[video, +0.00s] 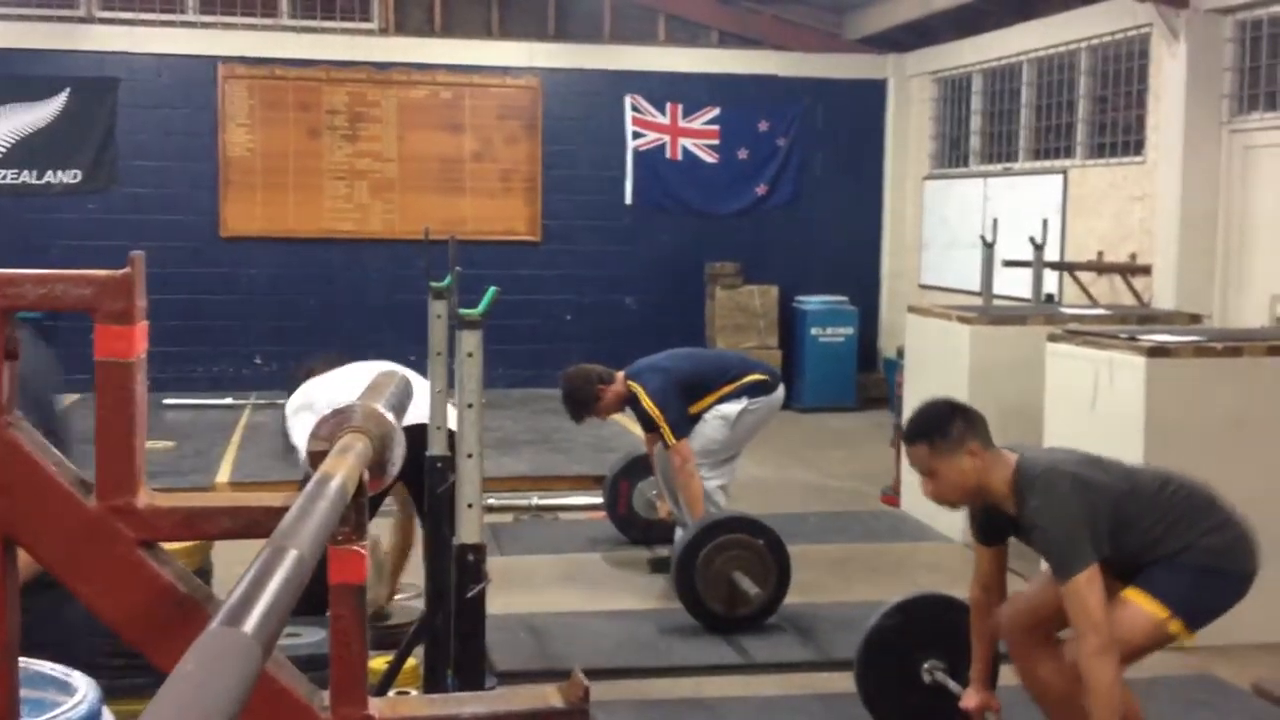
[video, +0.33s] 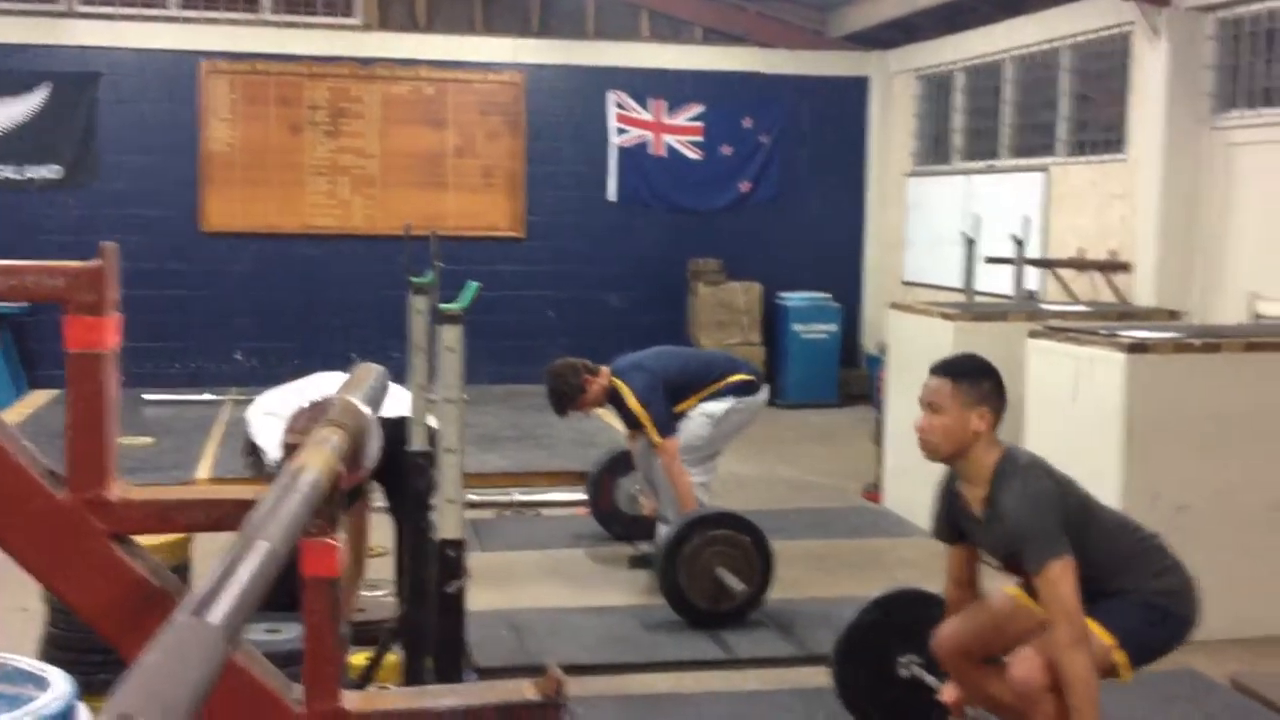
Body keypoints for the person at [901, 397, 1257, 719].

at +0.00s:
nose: (926, 488)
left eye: (929, 474)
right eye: (921, 476)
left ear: (971, 455)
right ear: (971, 455)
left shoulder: (1053, 497)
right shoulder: (989, 496)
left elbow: (1097, 643)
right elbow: (986, 594)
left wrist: (1108, 708)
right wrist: (981, 686)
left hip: (1212, 553)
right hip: (1144, 546)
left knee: (1087, 663)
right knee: (1017, 624)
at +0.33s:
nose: (919, 425)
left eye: (933, 412)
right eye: (922, 410)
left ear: (980, 421)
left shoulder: (1026, 492)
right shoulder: (956, 488)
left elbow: (1070, 636)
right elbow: (961, 589)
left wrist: (1085, 713)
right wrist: (959, 676)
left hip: (1153, 600)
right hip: (1082, 585)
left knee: (1027, 673)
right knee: (952, 642)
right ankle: (1032, 712)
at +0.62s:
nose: (840, 380)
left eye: (856, 369)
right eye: (846, 366)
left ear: (899, 387)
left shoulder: (939, 459)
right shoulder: (866, 454)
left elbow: (970, 595)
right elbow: (870, 557)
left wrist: (991, 708)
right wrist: (868, 645)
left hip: (1047, 567)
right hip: (979, 549)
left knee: (926, 640)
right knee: (856, 609)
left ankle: (979, 710)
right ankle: (954, 705)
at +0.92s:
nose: (748, 361)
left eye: (765, 351)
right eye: (754, 347)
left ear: (807, 368)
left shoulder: (848, 438)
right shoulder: (782, 433)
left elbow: (883, 573)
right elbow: (786, 535)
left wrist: (902, 696)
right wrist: (786, 622)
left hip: (962, 542)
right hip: (897, 529)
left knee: (841, 613)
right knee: (773, 589)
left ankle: (909, 703)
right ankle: (875, 690)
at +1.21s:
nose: (720, 341)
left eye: (736, 330)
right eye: (725, 327)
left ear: (779, 346)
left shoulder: (821, 417)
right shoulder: (761, 412)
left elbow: (858, 551)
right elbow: (765, 513)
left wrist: (881, 672)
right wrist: (771, 595)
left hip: (943, 513)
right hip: (879, 499)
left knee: (821, 585)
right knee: (757, 567)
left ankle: (890, 675)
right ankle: (855, 666)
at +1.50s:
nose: (706, 325)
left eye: (722, 313)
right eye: (711, 310)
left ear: (765, 328)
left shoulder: (806, 396)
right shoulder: (743, 393)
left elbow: (843, 532)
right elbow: (751, 496)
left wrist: (868, 651)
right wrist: (758, 576)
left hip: (931, 495)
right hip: (871, 481)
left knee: (805, 565)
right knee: (746, 547)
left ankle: (881, 661)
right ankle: (842, 648)